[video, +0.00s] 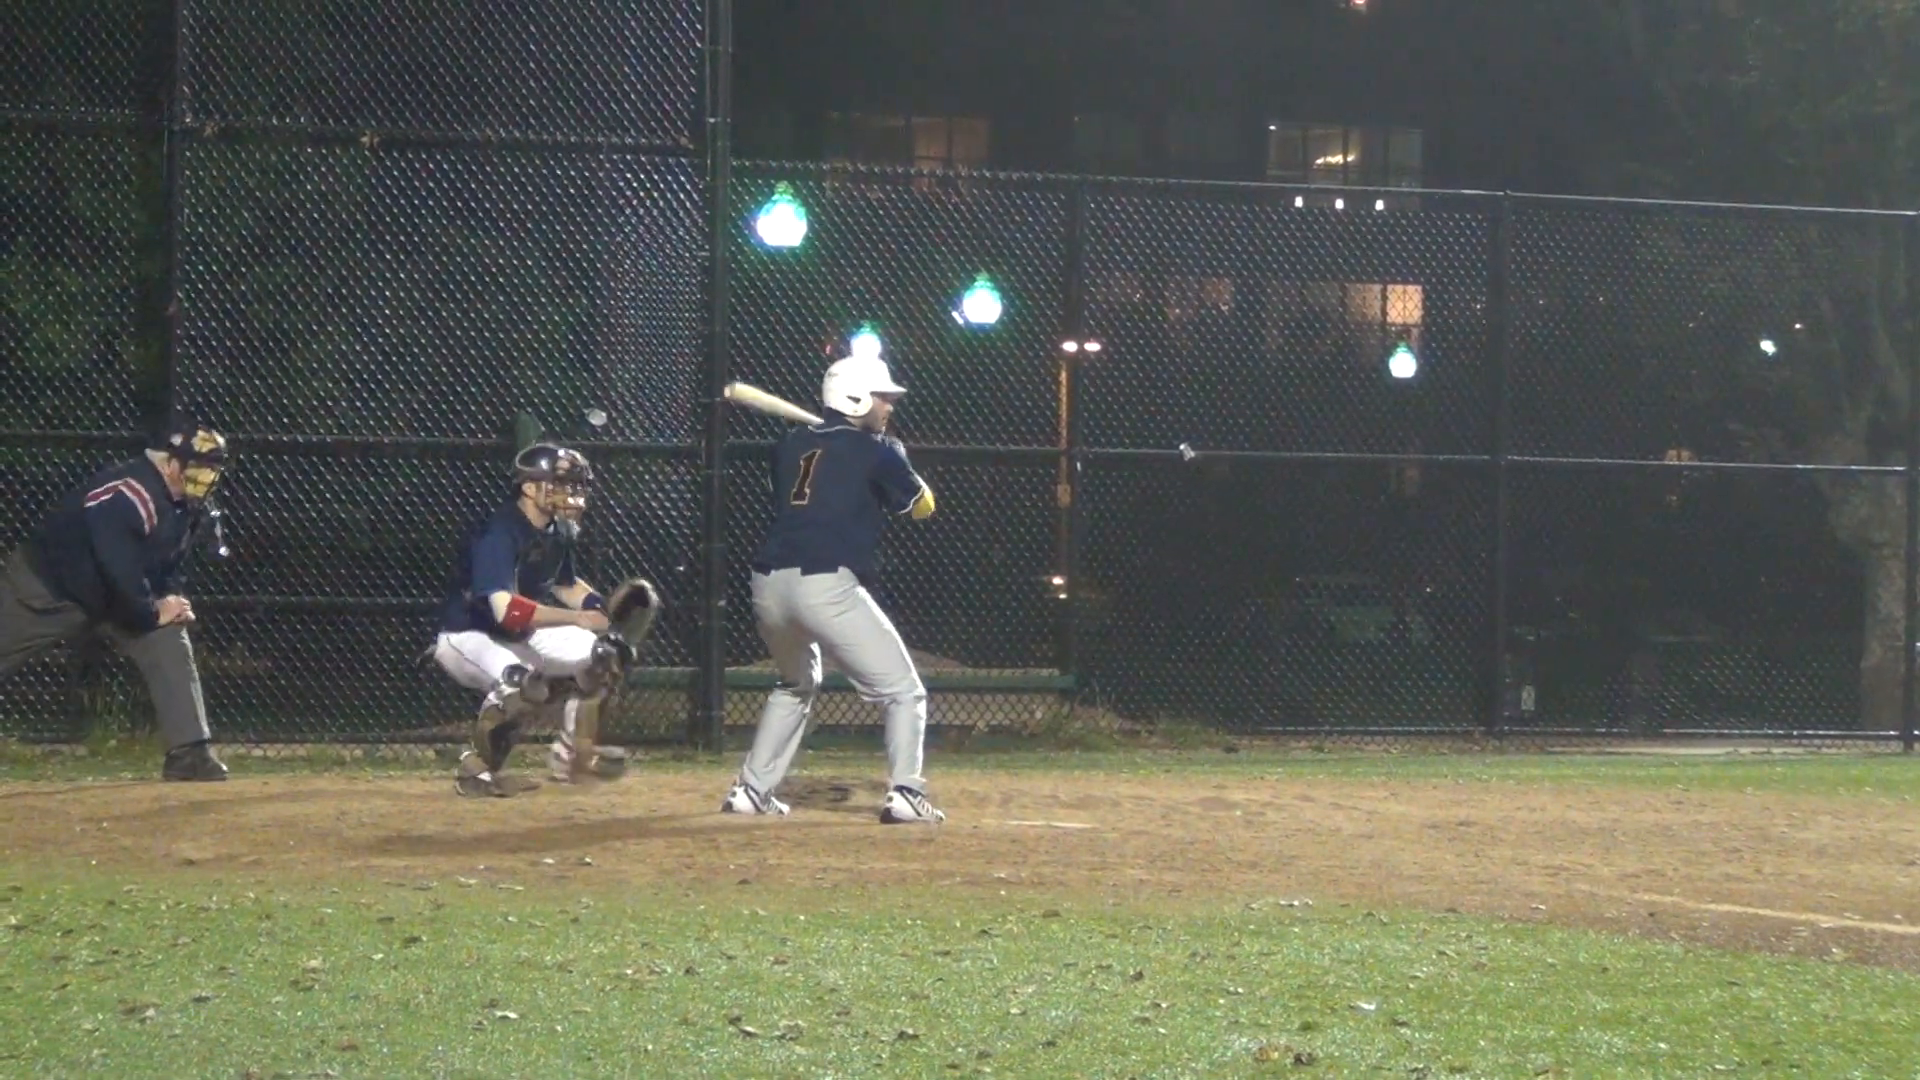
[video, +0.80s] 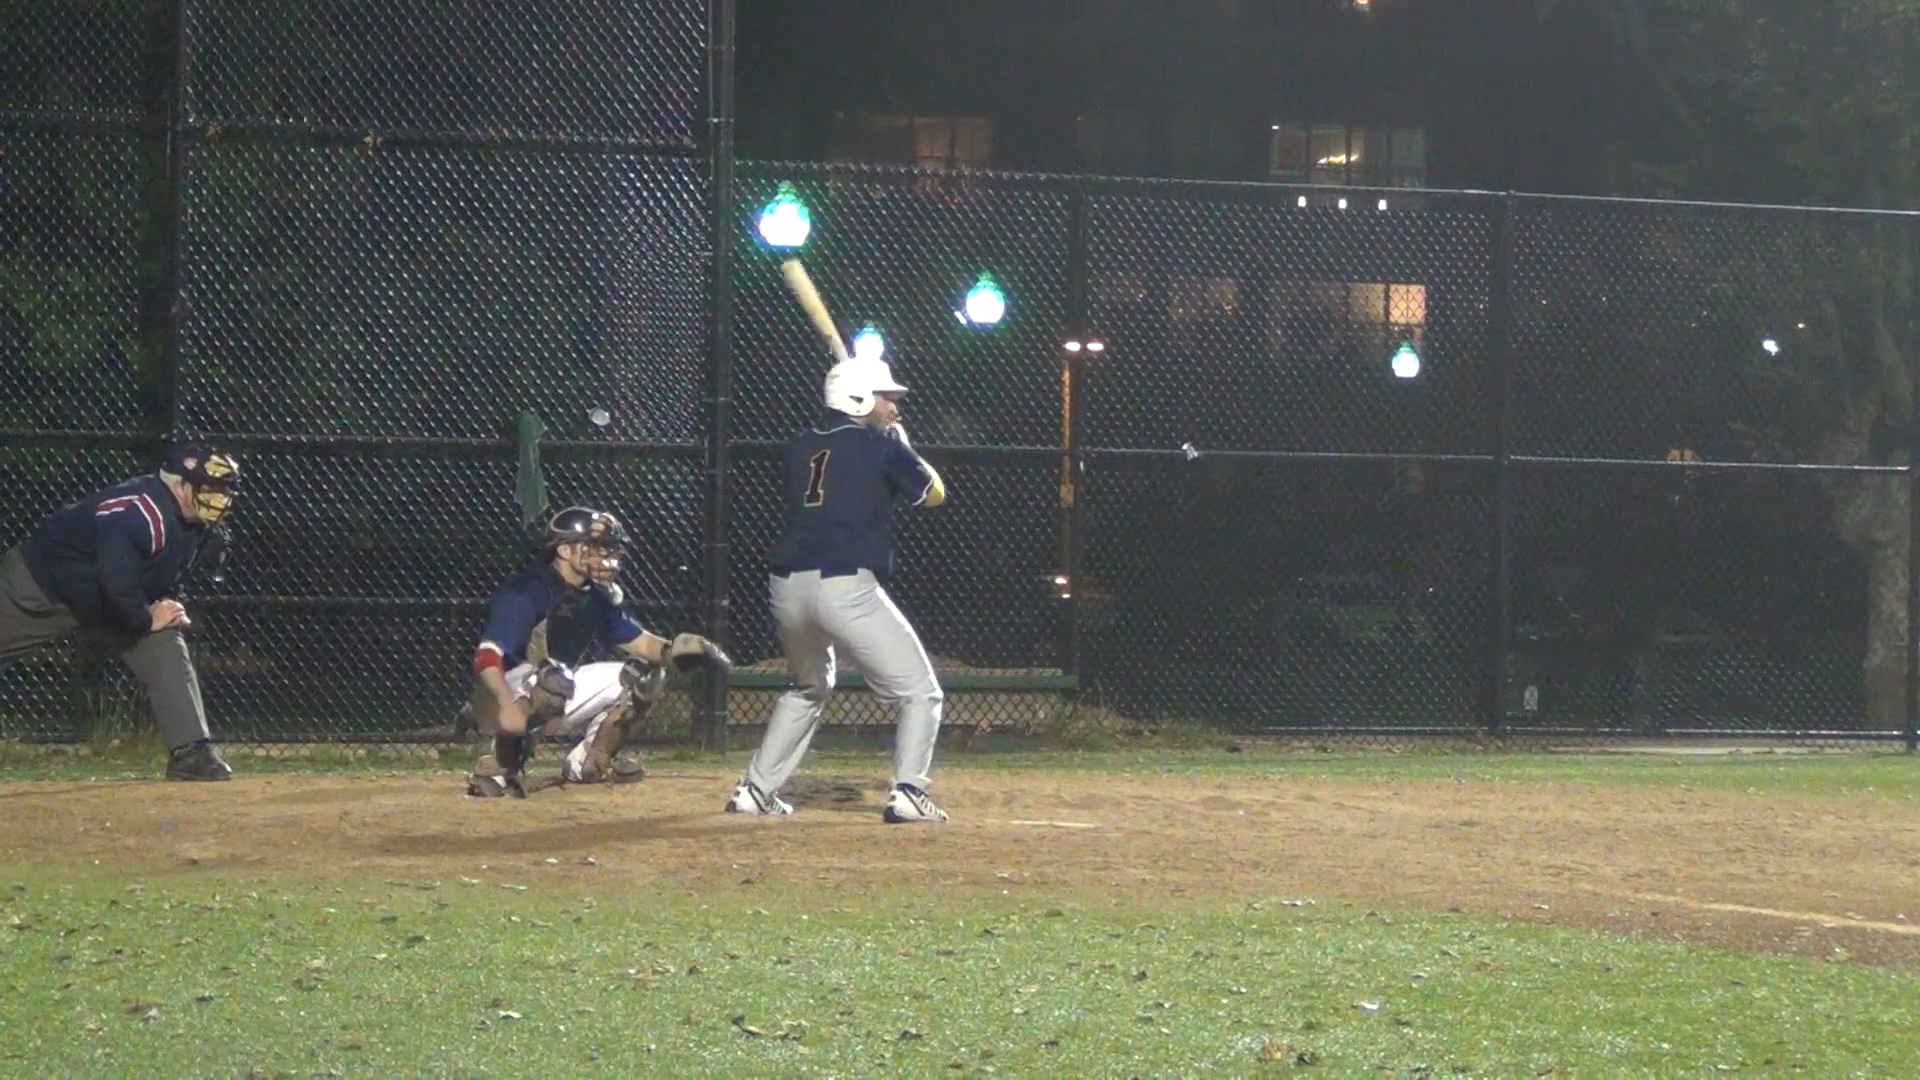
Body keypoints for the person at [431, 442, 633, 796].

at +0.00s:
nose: (570, 494)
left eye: (572, 486)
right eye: (560, 486)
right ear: (530, 489)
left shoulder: (557, 530)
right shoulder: (499, 532)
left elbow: (566, 584)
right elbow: (509, 613)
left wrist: (602, 607)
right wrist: (578, 617)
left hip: (522, 634)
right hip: (466, 635)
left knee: (601, 656)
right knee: (522, 681)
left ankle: (573, 755)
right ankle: (477, 769)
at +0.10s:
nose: (574, 516)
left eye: (575, 509)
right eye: (563, 509)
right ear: (533, 512)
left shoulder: (559, 554)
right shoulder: (504, 555)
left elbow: (574, 609)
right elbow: (518, 628)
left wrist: (604, 603)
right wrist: (588, 626)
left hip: (528, 650)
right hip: (468, 654)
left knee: (610, 664)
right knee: (526, 684)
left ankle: (584, 760)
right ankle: (477, 770)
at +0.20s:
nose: (578, 537)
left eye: (580, 529)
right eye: (568, 529)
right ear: (537, 531)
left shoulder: (569, 571)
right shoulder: (506, 573)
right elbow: (528, 640)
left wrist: (601, 613)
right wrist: (594, 627)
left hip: (536, 667)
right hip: (473, 675)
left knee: (624, 664)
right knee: (534, 686)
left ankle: (585, 763)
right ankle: (484, 771)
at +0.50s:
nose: (590, 550)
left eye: (592, 543)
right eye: (580, 543)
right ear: (551, 546)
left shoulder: (587, 589)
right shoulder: (519, 584)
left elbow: (601, 634)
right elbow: (514, 646)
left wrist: (634, 638)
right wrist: (587, 643)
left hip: (554, 682)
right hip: (488, 690)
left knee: (638, 675)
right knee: (544, 682)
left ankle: (586, 764)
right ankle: (491, 773)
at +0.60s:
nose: (594, 552)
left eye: (596, 544)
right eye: (585, 544)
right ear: (555, 547)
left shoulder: (589, 593)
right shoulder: (521, 585)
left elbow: (627, 639)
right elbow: (502, 649)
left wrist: (657, 642)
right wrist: (563, 654)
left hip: (559, 686)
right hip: (492, 690)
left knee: (639, 674)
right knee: (551, 681)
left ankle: (589, 762)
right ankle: (492, 772)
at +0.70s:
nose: (599, 554)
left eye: (600, 546)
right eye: (589, 546)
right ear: (560, 550)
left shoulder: (593, 593)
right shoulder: (527, 586)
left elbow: (634, 637)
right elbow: (491, 650)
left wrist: (673, 647)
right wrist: (536, 676)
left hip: (555, 688)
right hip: (496, 691)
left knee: (637, 677)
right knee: (548, 680)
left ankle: (589, 764)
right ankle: (493, 772)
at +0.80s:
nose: (604, 556)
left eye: (605, 549)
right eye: (595, 548)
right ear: (565, 551)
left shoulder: (597, 595)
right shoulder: (529, 588)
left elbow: (641, 643)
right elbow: (487, 656)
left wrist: (679, 650)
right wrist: (506, 701)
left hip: (556, 694)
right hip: (503, 693)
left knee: (640, 678)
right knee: (553, 678)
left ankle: (588, 764)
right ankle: (496, 769)